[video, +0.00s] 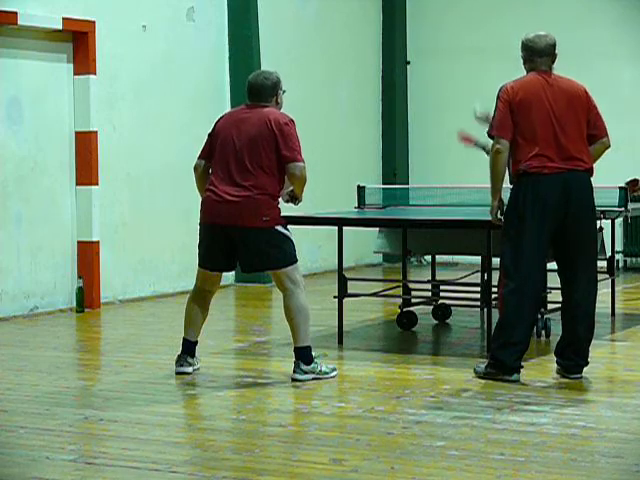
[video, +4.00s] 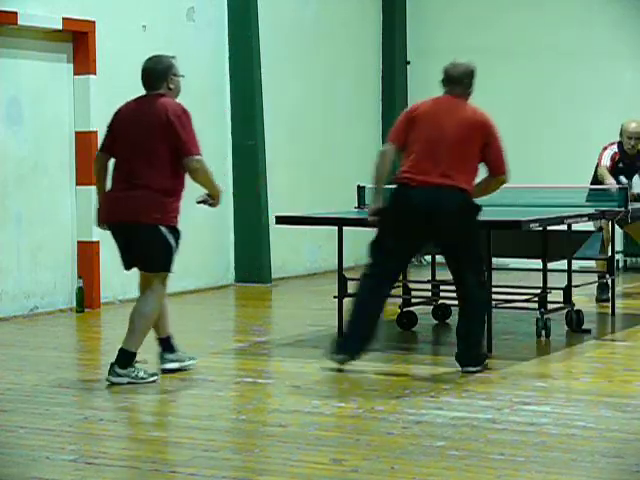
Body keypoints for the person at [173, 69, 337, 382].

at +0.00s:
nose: (283, 99)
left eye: (283, 95)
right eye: (282, 95)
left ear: (248, 96)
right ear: (276, 96)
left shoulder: (225, 120)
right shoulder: (280, 121)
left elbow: (200, 167)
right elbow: (297, 172)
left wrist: (212, 199)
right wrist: (296, 191)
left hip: (215, 217)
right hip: (260, 217)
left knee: (203, 288)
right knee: (292, 285)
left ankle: (186, 356)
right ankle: (304, 361)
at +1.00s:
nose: (286, 102)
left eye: (285, 98)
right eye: (285, 98)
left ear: (250, 98)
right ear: (278, 99)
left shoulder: (226, 121)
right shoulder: (283, 122)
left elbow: (201, 168)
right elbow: (299, 171)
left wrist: (207, 207)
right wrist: (297, 193)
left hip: (216, 216)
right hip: (261, 216)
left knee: (203, 288)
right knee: (292, 285)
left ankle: (186, 355)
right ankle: (304, 361)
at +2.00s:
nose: (289, 104)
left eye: (289, 99)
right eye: (288, 99)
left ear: (255, 101)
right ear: (279, 101)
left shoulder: (229, 122)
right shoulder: (284, 123)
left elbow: (202, 169)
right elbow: (301, 173)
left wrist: (209, 204)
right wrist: (298, 196)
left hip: (215, 215)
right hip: (260, 215)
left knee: (204, 287)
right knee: (293, 285)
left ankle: (187, 355)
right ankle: (305, 361)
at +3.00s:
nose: (265, 99)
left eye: (262, 95)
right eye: (263, 95)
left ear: (229, 98)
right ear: (259, 98)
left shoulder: (208, 123)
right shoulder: (275, 124)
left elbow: (177, 163)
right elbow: (326, 159)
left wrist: (166, 204)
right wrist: (321, 168)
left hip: (206, 216)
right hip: (252, 215)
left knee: (197, 287)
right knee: (286, 283)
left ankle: (185, 354)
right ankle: (305, 355)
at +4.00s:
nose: (181, 82)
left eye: (179, 77)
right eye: (178, 78)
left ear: (148, 82)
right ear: (169, 81)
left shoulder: (124, 112)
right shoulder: (174, 111)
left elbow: (101, 160)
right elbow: (193, 165)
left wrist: (103, 201)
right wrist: (214, 189)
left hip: (118, 212)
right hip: (155, 213)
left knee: (153, 283)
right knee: (153, 287)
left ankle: (169, 352)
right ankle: (123, 364)